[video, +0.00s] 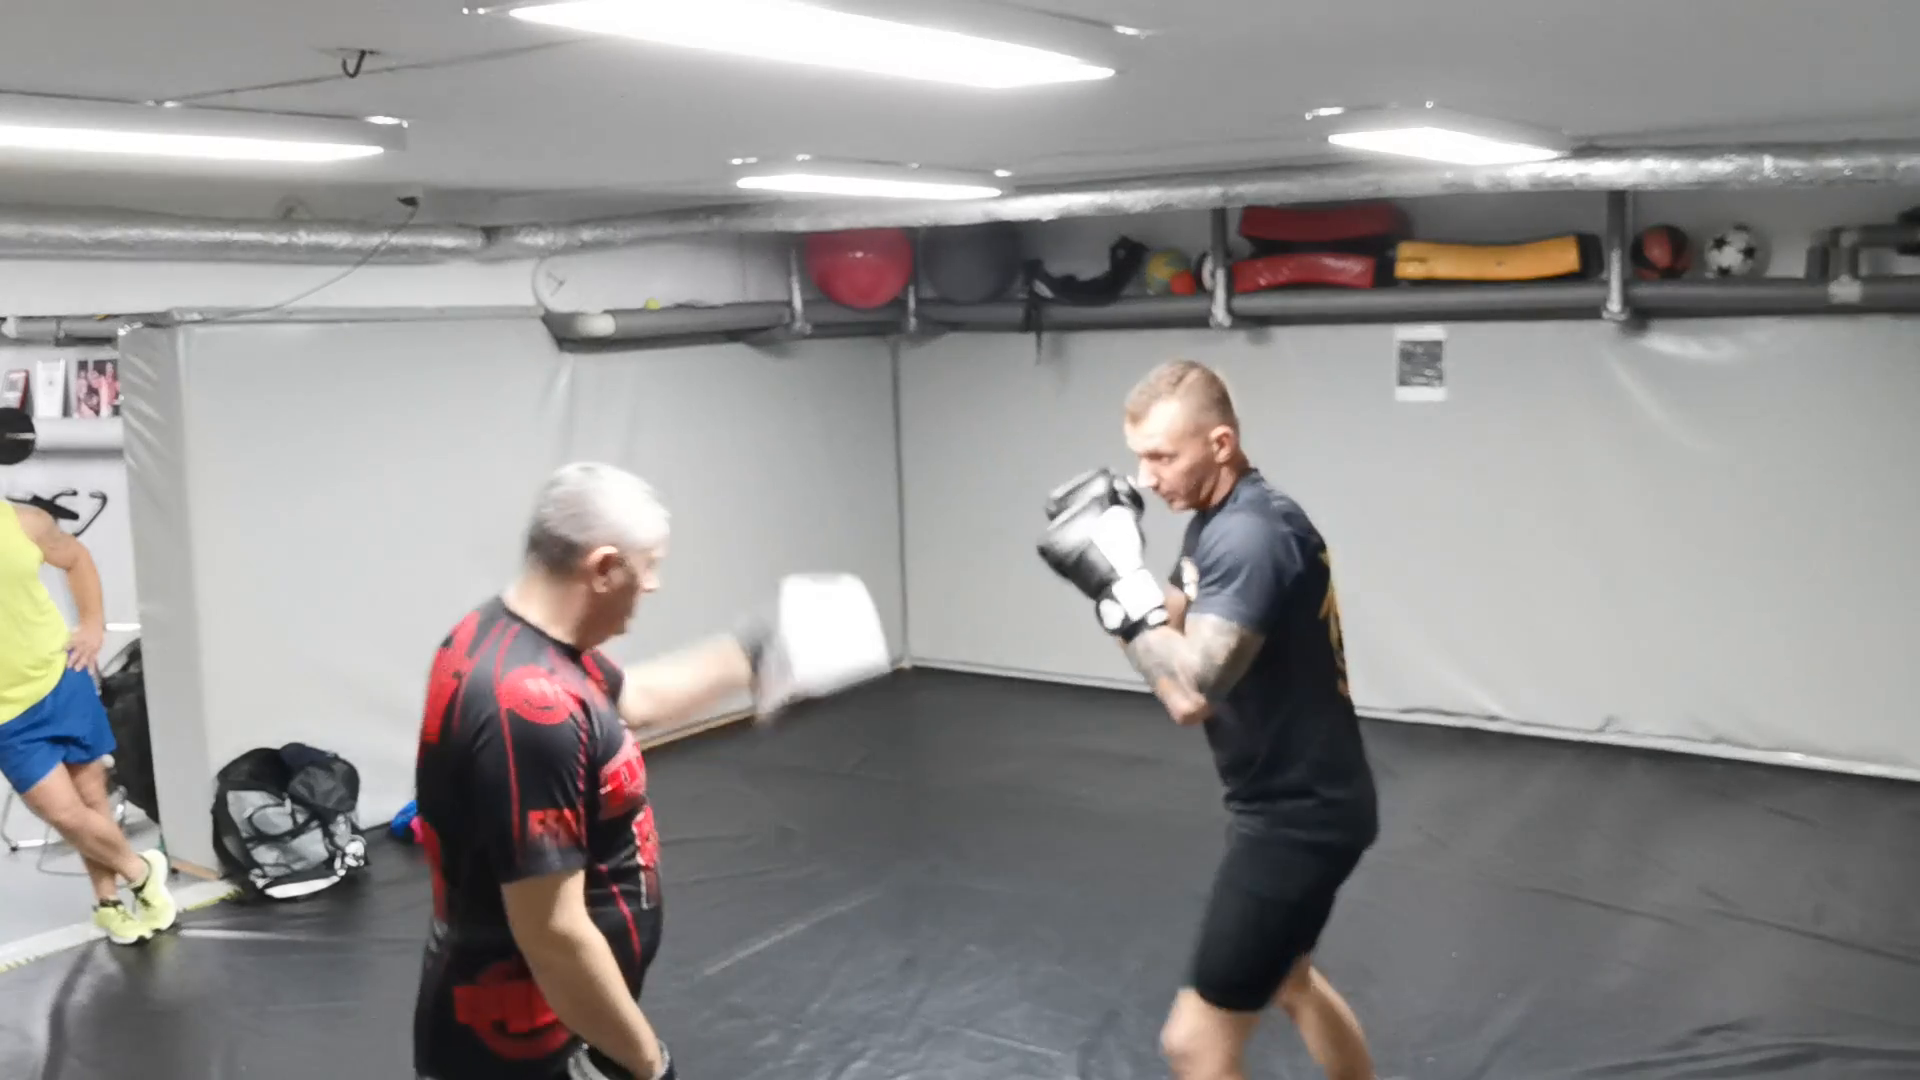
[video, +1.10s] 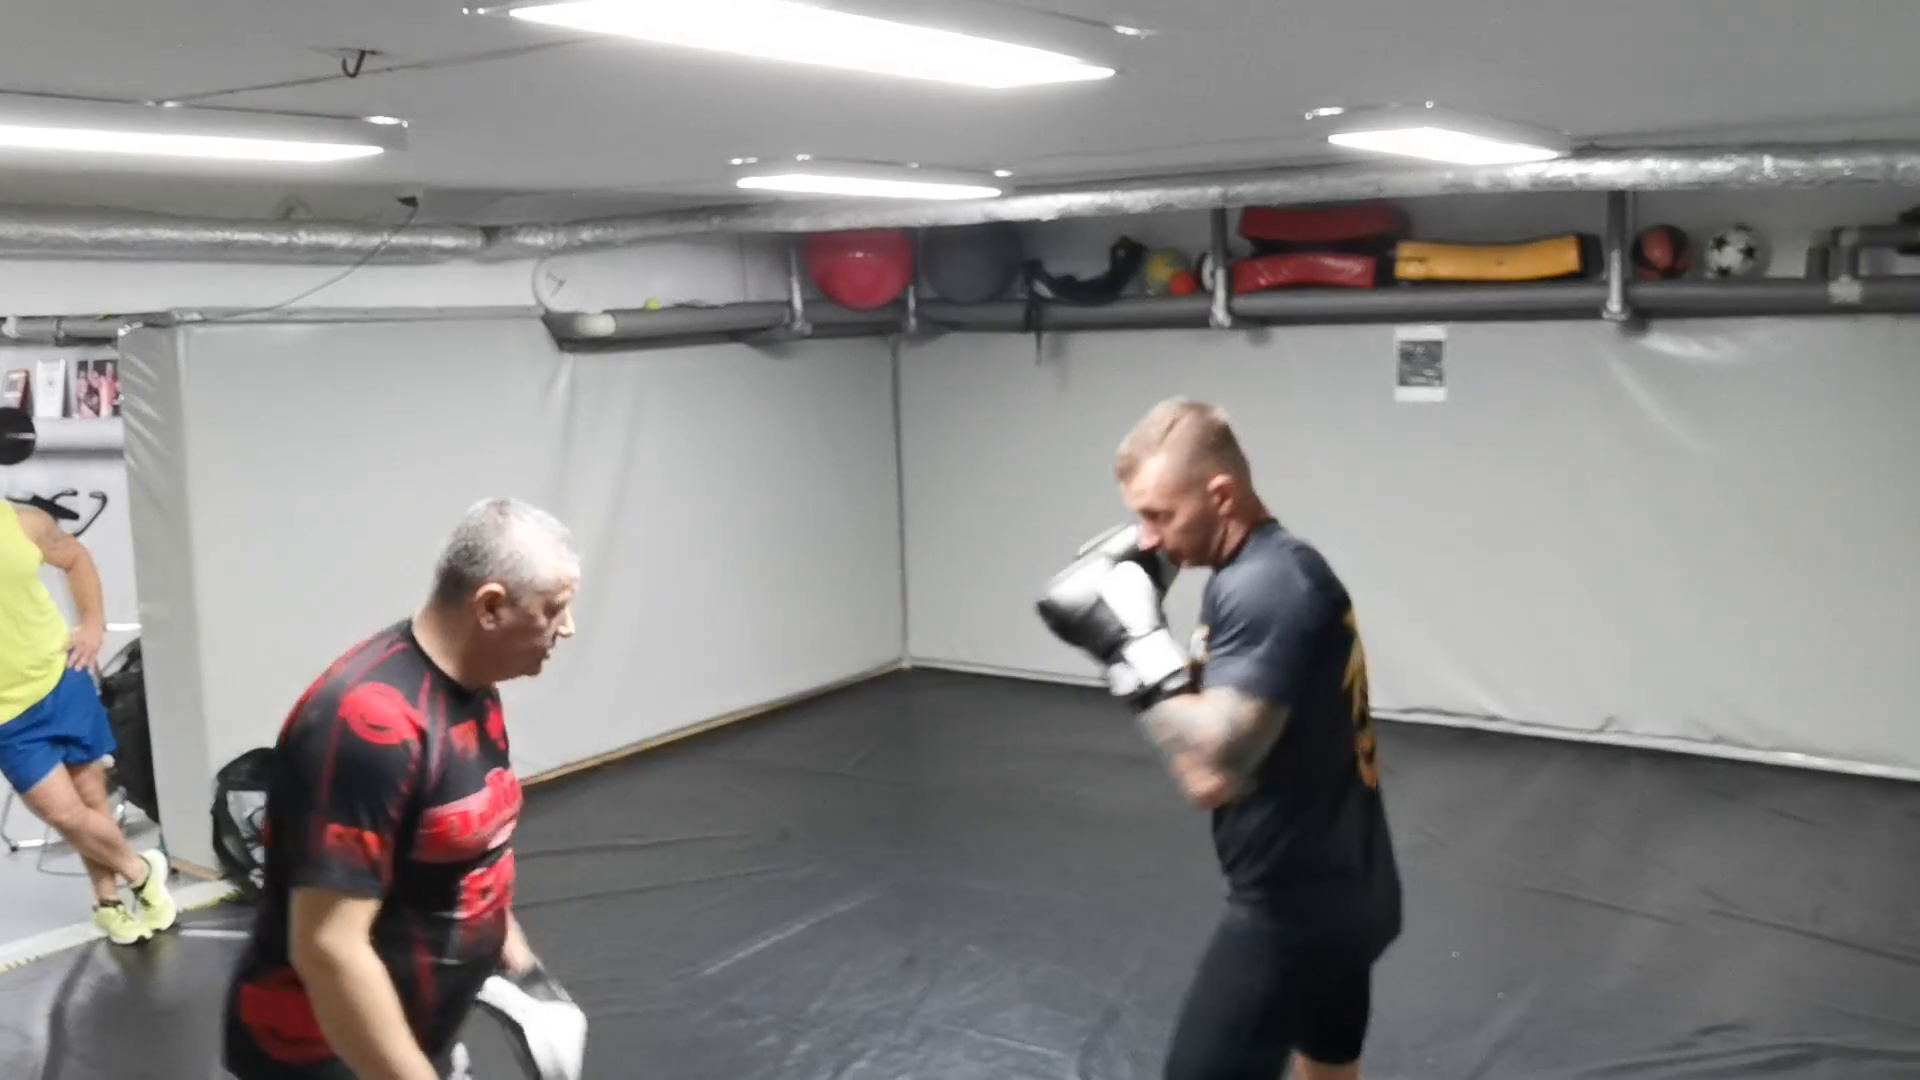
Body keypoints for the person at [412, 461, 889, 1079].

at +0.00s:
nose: (654, 586)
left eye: (657, 568)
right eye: (650, 567)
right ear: (602, 567)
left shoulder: (499, 632)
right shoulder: (528, 706)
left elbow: (633, 697)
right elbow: (552, 929)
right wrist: (650, 1061)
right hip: (531, 1046)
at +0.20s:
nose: (612, 598)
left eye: (620, 580)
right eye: (611, 579)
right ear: (563, 582)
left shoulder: (425, 645)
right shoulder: (518, 724)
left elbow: (556, 678)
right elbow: (570, 954)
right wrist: (661, 1063)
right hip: (532, 1045)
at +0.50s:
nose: (570, 589)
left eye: (569, 572)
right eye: (562, 574)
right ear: (508, 581)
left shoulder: (391, 635)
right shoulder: (488, 733)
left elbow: (576, 648)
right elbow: (542, 956)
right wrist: (643, 1062)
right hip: (512, 1048)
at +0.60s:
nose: (572, 606)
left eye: (570, 588)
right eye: (563, 588)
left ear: (499, 598)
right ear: (502, 598)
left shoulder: (399, 659)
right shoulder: (456, 750)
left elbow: (525, 779)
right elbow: (511, 966)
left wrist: (654, 759)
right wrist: (620, 1068)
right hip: (480, 1060)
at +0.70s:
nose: (570, 612)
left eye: (569, 593)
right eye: (560, 593)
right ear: (501, 600)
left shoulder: (425, 661)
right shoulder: (428, 751)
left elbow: (499, 819)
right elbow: (464, 982)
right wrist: (582, 1071)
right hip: (435, 1061)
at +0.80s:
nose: (573, 609)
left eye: (572, 589)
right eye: (562, 591)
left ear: (499, 595)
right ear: (501, 594)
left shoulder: (428, 658)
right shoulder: (420, 737)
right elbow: (427, 974)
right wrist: (525, 1069)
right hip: (401, 1057)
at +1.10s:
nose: (567, 630)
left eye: (567, 609)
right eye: (555, 610)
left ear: (491, 609)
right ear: (491, 608)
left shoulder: (468, 685)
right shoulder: (366, 718)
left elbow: (469, 866)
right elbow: (327, 944)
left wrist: (529, 979)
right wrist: (415, 1072)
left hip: (416, 1033)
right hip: (322, 1055)